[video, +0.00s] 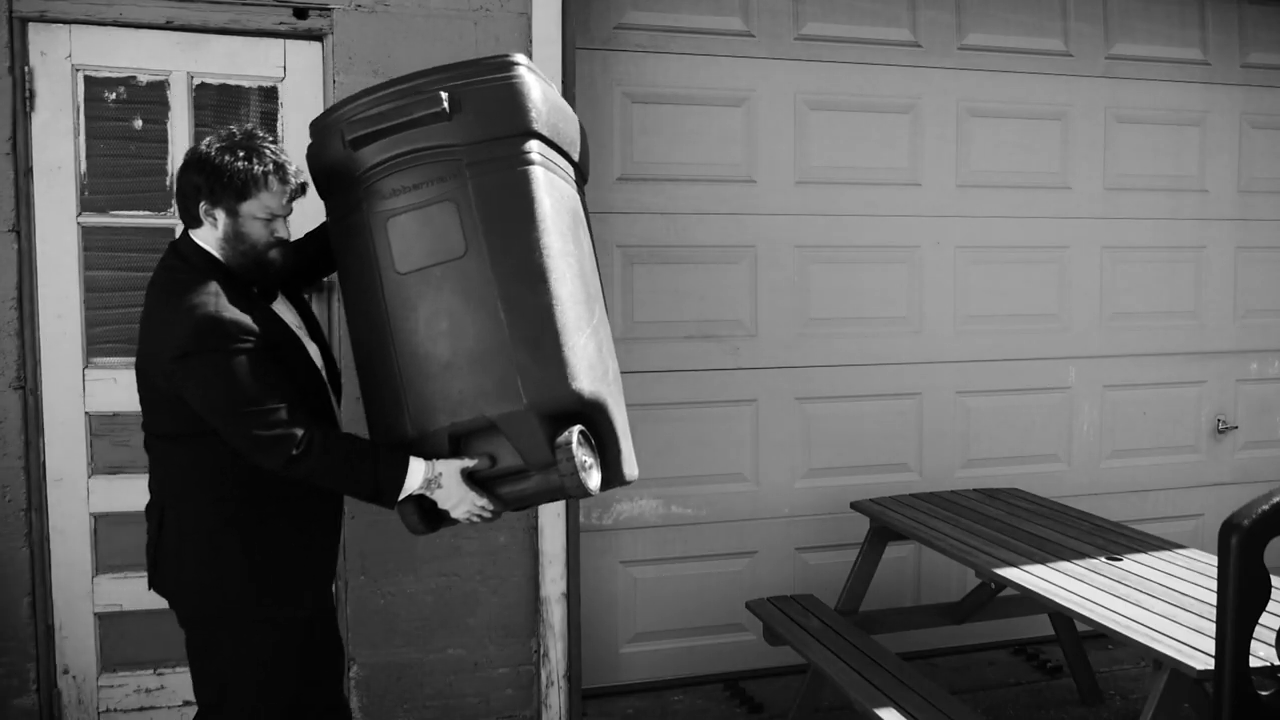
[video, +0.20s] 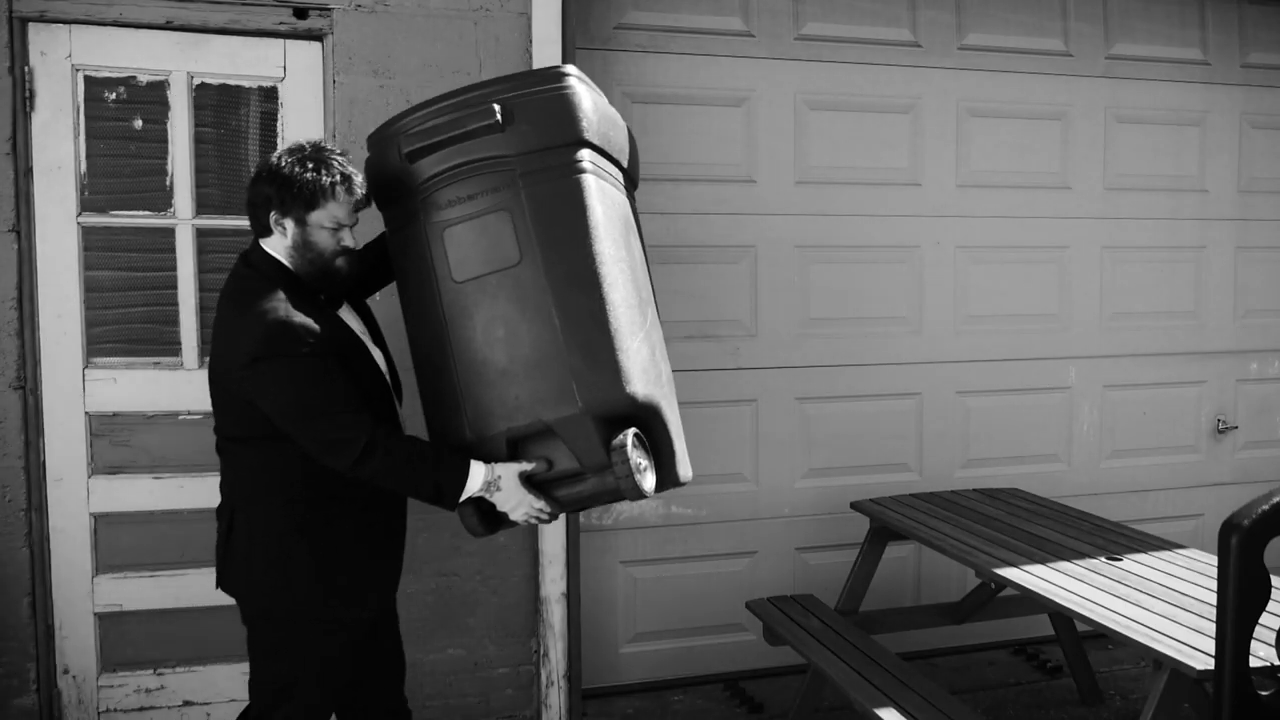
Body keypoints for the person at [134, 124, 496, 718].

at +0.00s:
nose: (284, 232)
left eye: (286, 216)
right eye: (269, 220)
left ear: (214, 216)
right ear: (212, 215)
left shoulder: (236, 268)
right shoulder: (203, 314)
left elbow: (311, 255)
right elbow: (288, 445)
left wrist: (390, 198)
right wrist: (422, 476)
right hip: (243, 573)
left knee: (314, 701)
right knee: (259, 706)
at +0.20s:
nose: (351, 241)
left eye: (353, 225)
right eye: (336, 228)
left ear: (283, 225)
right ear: (282, 224)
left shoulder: (305, 278)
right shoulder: (271, 322)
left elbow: (373, 264)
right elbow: (357, 446)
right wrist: (482, 480)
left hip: (348, 558)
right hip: (304, 575)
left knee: (375, 702)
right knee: (297, 706)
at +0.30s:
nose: (385, 243)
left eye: (387, 228)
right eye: (371, 230)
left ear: (320, 225)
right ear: (318, 224)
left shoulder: (334, 279)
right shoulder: (306, 321)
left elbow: (403, 270)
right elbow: (387, 443)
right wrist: (508, 479)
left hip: (379, 552)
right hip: (345, 570)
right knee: (354, 703)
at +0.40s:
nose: (412, 240)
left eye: (415, 225)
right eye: (398, 226)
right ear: (348, 220)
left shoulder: (372, 279)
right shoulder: (334, 314)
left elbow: (427, 278)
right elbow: (412, 437)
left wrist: (494, 223)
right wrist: (530, 476)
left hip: (412, 535)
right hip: (373, 550)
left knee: (419, 692)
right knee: (394, 696)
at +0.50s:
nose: (436, 236)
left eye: (438, 221)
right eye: (422, 222)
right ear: (372, 216)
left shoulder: (401, 278)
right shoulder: (356, 309)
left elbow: (461, 272)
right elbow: (430, 431)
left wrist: (520, 220)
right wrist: (546, 472)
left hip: (437, 524)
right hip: (396, 538)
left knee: (438, 681)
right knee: (431, 685)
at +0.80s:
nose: (494, 241)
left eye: (497, 226)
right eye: (479, 228)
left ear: (504, 212)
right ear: (430, 223)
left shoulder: (465, 281)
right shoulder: (415, 313)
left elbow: (521, 275)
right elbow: (483, 436)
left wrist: (580, 224)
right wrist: (597, 480)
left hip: (491, 536)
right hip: (451, 550)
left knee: (467, 685)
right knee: (489, 692)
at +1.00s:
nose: (525, 249)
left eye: (528, 234)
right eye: (509, 239)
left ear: (532, 219)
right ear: (460, 233)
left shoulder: (506, 280)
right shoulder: (443, 325)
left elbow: (579, 259)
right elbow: (503, 450)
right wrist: (619, 501)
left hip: (537, 534)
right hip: (488, 553)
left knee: (549, 678)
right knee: (513, 696)